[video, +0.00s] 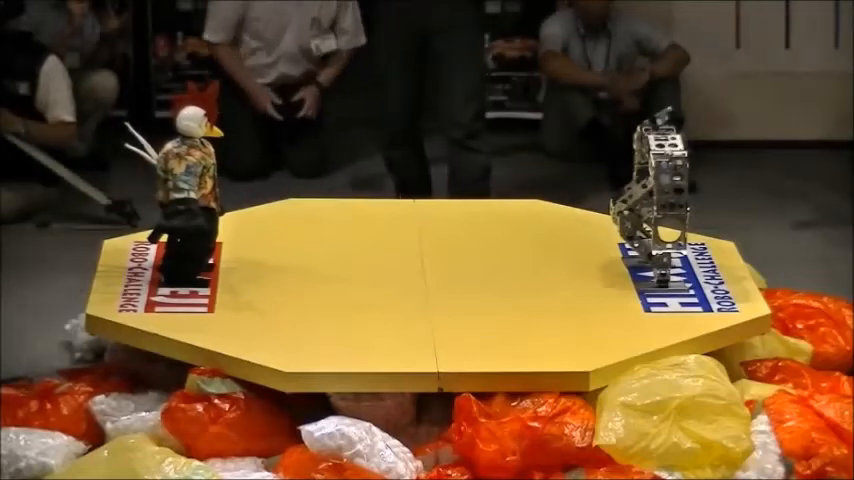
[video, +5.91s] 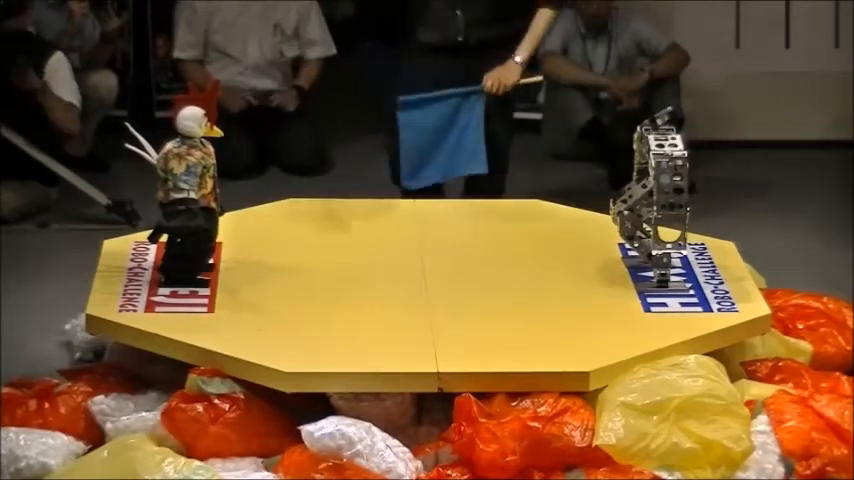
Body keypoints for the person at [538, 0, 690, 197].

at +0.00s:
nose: (599, 10)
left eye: (603, 5)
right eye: (592, 5)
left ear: (609, 5)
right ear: (575, 6)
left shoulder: (625, 24)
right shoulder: (557, 26)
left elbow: (679, 55)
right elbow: (551, 65)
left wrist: (643, 76)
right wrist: (609, 82)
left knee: (666, 83)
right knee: (566, 88)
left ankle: (668, 167)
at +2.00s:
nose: (597, 8)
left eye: (602, 4)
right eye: (589, 4)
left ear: (610, 5)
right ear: (574, 5)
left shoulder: (628, 25)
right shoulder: (559, 24)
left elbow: (679, 56)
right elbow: (552, 65)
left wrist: (644, 76)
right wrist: (609, 81)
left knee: (666, 80)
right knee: (561, 82)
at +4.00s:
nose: (595, 7)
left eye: (601, 2)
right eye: (588, 2)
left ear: (610, 4)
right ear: (575, 5)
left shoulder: (626, 24)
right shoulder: (557, 26)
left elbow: (679, 56)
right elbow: (555, 67)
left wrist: (644, 76)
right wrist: (612, 84)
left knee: (667, 82)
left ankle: (668, 167)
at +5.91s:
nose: (596, 9)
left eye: (602, 3)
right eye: (589, 3)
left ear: (611, 5)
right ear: (577, 5)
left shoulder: (628, 24)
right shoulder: (567, 21)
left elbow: (679, 56)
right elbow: (550, 64)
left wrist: (643, 76)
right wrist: (608, 83)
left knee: (667, 80)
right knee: (562, 84)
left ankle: (668, 163)